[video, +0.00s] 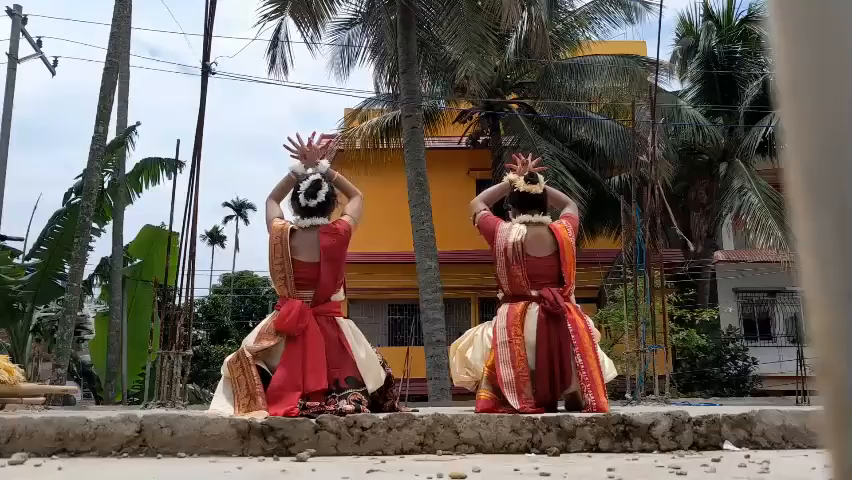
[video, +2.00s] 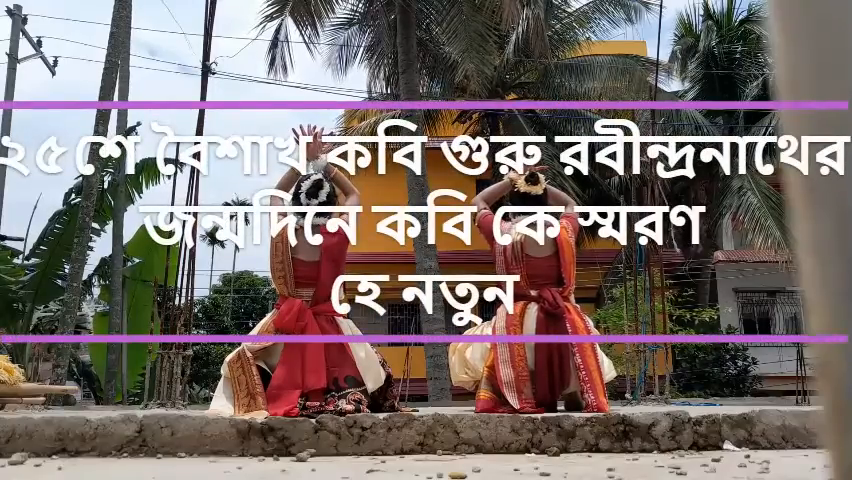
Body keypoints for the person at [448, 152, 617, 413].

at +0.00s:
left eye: (509, 207)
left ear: (511, 209)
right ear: (546, 207)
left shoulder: (502, 234)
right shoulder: (563, 232)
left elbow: (477, 203)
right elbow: (569, 204)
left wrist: (511, 182)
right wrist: (538, 185)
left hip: (516, 319)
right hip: (562, 318)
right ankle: (575, 394)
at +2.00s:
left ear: (512, 210)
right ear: (545, 207)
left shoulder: (503, 233)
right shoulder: (563, 232)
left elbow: (480, 201)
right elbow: (569, 204)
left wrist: (509, 182)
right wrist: (542, 187)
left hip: (518, 317)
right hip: (561, 316)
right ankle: (573, 392)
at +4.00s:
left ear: (510, 206)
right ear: (544, 204)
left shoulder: (502, 233)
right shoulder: (562, 231)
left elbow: (479, 197)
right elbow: (566, 200)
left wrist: (505, 171)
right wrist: (540, 176)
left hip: (517, 320)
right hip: (562, 319)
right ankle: (575, 395)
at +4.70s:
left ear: (514, 207)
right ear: (546, 207)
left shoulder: (501, 233)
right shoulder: (564, 232)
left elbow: (462, 219)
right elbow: (595, 209)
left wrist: (467, 184)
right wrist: (568, 180)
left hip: (514, 316)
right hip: (559, 315)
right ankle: (579, 397)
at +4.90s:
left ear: (510, 207)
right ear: (544, 207)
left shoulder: (495, 236)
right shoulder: (566, 234)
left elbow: (446, 222)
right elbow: (605, 221)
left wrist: (447, 192)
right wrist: (593, 192)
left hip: (512, 325)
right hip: (561, 323)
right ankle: (575, 394)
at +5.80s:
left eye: (515, 204)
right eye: (537, 202)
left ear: (511, 209)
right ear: (547, 207)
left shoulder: (494, 240)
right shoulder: (569, 238)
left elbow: (442, 252)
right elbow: (619, 245)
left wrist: (426, 226)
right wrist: (616, 216)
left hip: (512, 328)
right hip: (563, 326)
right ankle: (578, 395)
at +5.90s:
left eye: (522, 201)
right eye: (536, 201)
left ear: (511, 206)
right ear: (547, 205)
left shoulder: (493, 240)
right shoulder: (570, 240)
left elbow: (452, 260)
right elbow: (620, 253)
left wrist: (423, 239)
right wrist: (624, 227)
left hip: (511, 330)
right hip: (565, 327)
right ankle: (578, 400)